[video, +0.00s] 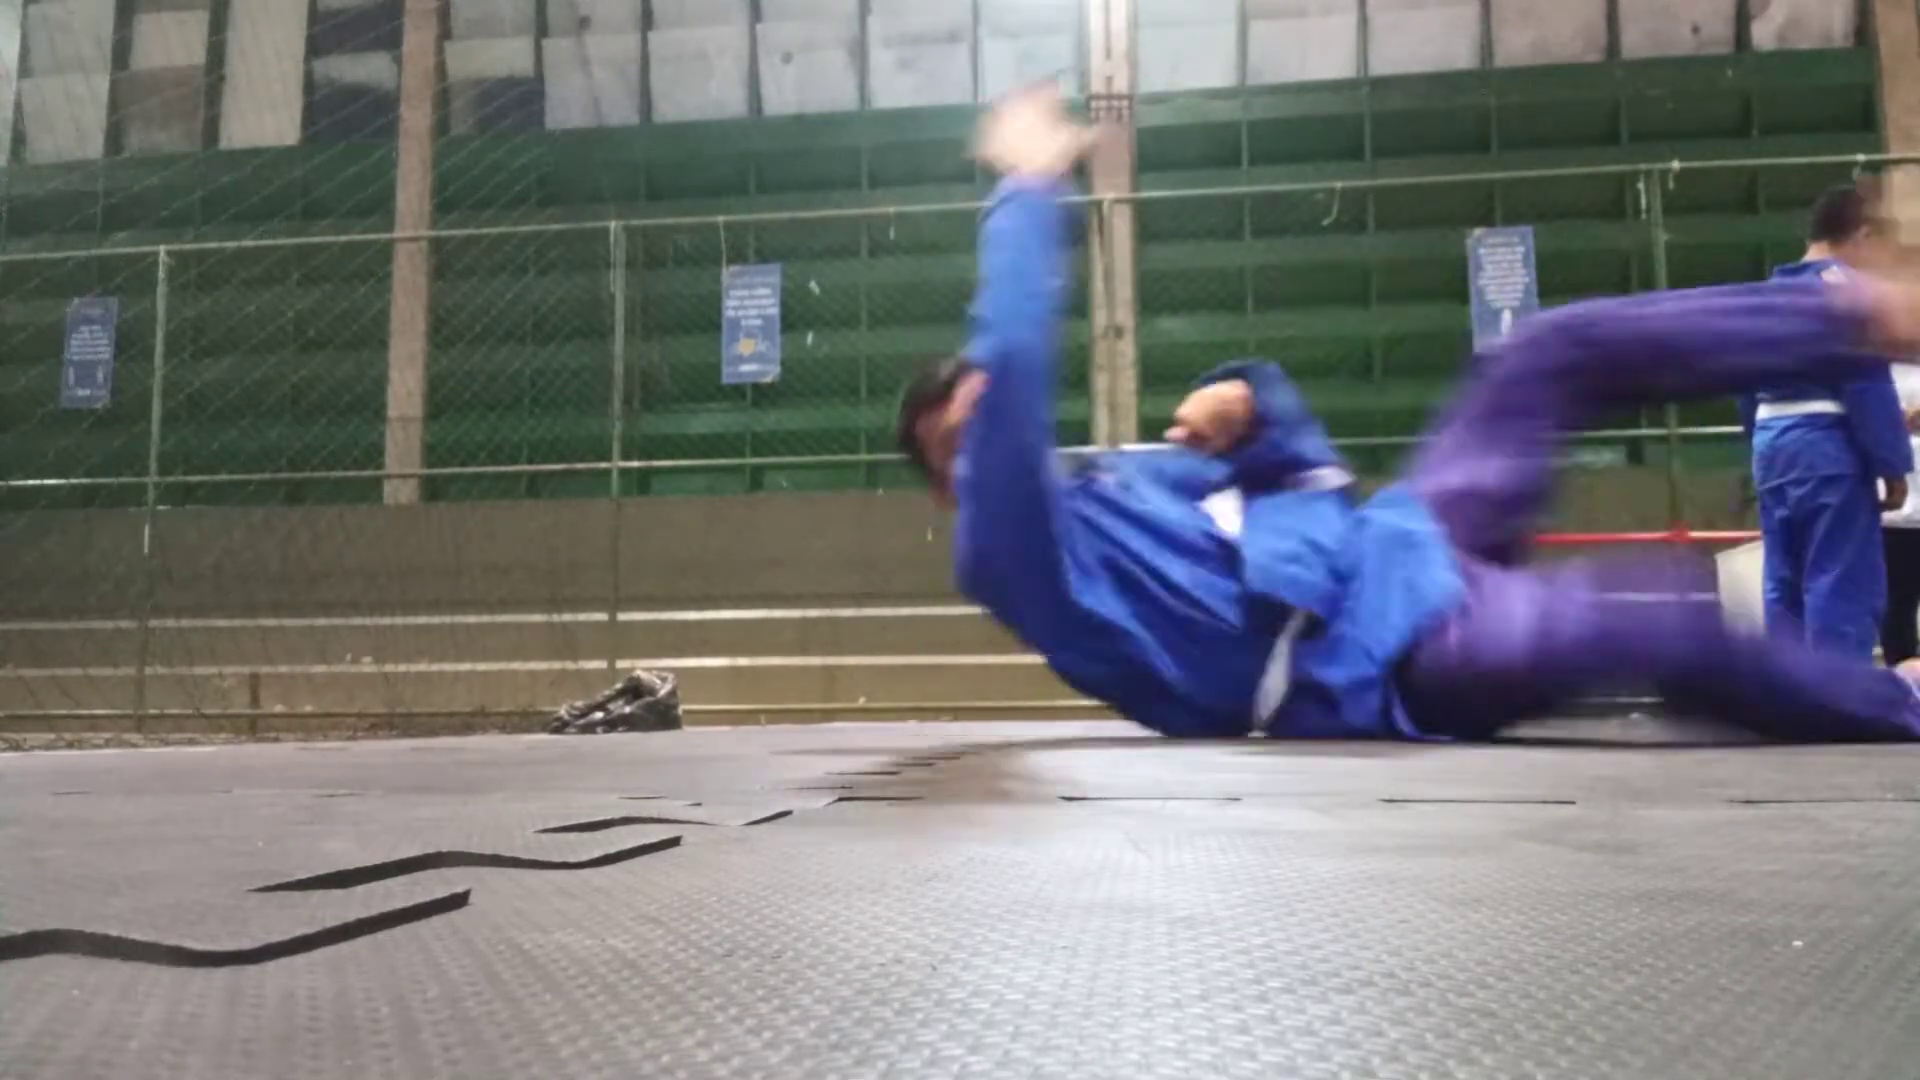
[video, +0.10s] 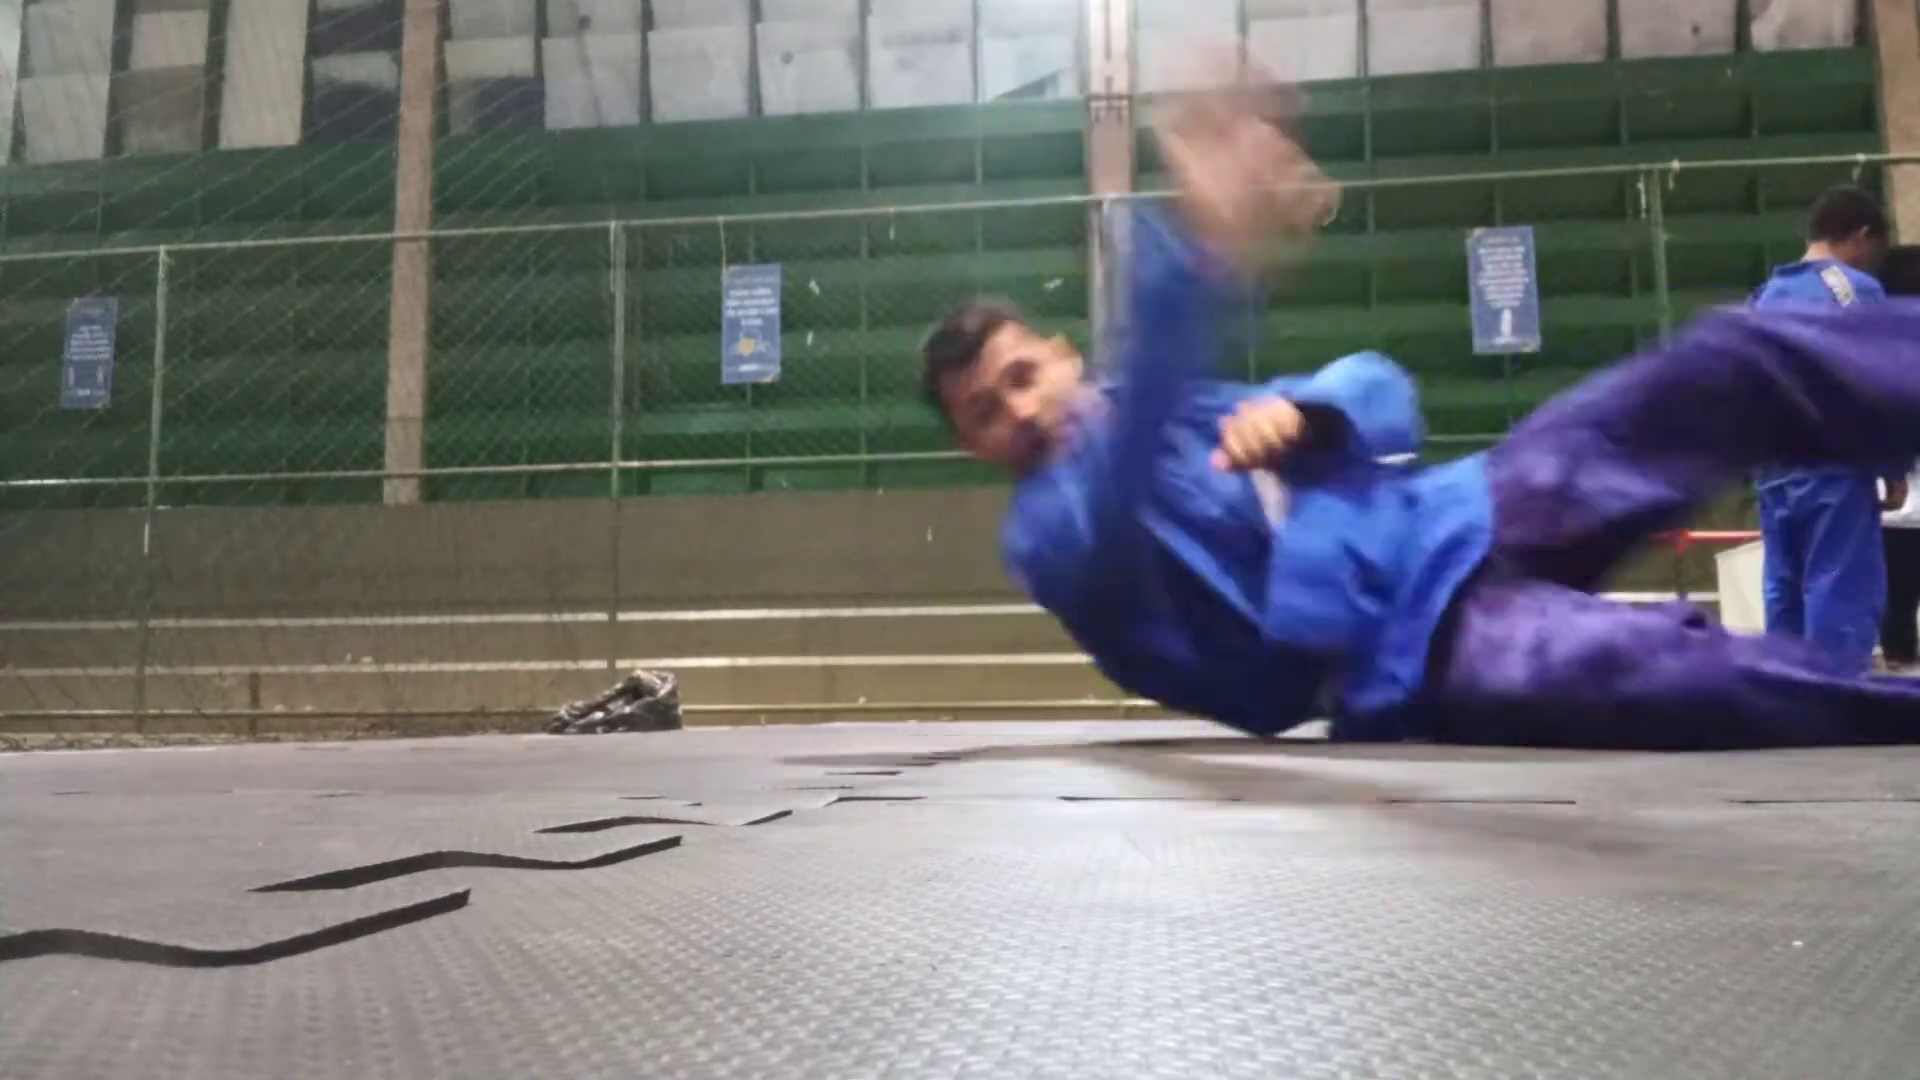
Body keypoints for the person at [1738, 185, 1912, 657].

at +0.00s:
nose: (1881, 250)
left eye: (1879, 238)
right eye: (1876, 237)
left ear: (1815, 232)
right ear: (1856, 235)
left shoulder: (1770, 292)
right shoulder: (1848, 292)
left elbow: (1747, 380)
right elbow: (1867, 388)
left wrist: (1762, 438)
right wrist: (1894, 464)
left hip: (1770, 434)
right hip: (1828, 434)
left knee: (1783, 579)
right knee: (1841, 578)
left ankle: (1788, 699)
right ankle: (1841, 703)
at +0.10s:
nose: (1876, 260)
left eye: (1877, 248)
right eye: (1876, 247)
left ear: (1813, 233)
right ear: (1861, 235)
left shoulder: (1767, 294)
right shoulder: (1858, 290)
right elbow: (1884, 391)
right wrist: (1896, 471)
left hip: (1775, 471)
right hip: (1837, 469)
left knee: (1783, 598)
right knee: (1842, 597)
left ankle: (1786, 710)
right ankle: (1834, 713)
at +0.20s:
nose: (1873, 257)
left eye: (1874, 247)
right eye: (1874, 245)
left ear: (1815, 233)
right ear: (1861, 236)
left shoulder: (1763, 298)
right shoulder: (1856, 291)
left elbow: (1754, 388)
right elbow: (1874, 393)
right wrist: (1885, 469)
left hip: (1778, 467)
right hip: (1838, 470)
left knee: (1784, 588)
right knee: (1842, 589)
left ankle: (1786, 705)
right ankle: (1836, 712)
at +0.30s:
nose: (1872, 260)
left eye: (1874, 250)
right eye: (1873, 248)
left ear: (1814, 234)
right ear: (1860, 238)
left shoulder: (1763, 298)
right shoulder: (1853, 292)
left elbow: (1746, 388)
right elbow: (1872, 394)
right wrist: (1884, 473)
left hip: (1777, 469)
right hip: (1836, 471)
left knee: (1787, 579)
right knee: (1846, 586)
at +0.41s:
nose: (1872, 260)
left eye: (1874, 250)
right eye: (1874, 248)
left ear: (1815, 233)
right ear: (1859, 239)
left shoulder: (1761, 301)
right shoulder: (1857, 292)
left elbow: (1748, 386)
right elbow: (1878, 392)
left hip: (1776, 470)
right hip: (1837, 470)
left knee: (1781, 584)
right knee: (1842, 590)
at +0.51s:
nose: (1872, 259)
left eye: (1875, 250)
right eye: (1874, 248)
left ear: (1815, 233)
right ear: (1859, 239)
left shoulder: (1762, 300)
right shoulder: (1858, 293)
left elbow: (1750, 388)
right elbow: (1875, 393)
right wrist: (1891, 474)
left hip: (1776, 471)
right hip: (1836, 472)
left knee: (1779, 594)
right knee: (1843, 596)